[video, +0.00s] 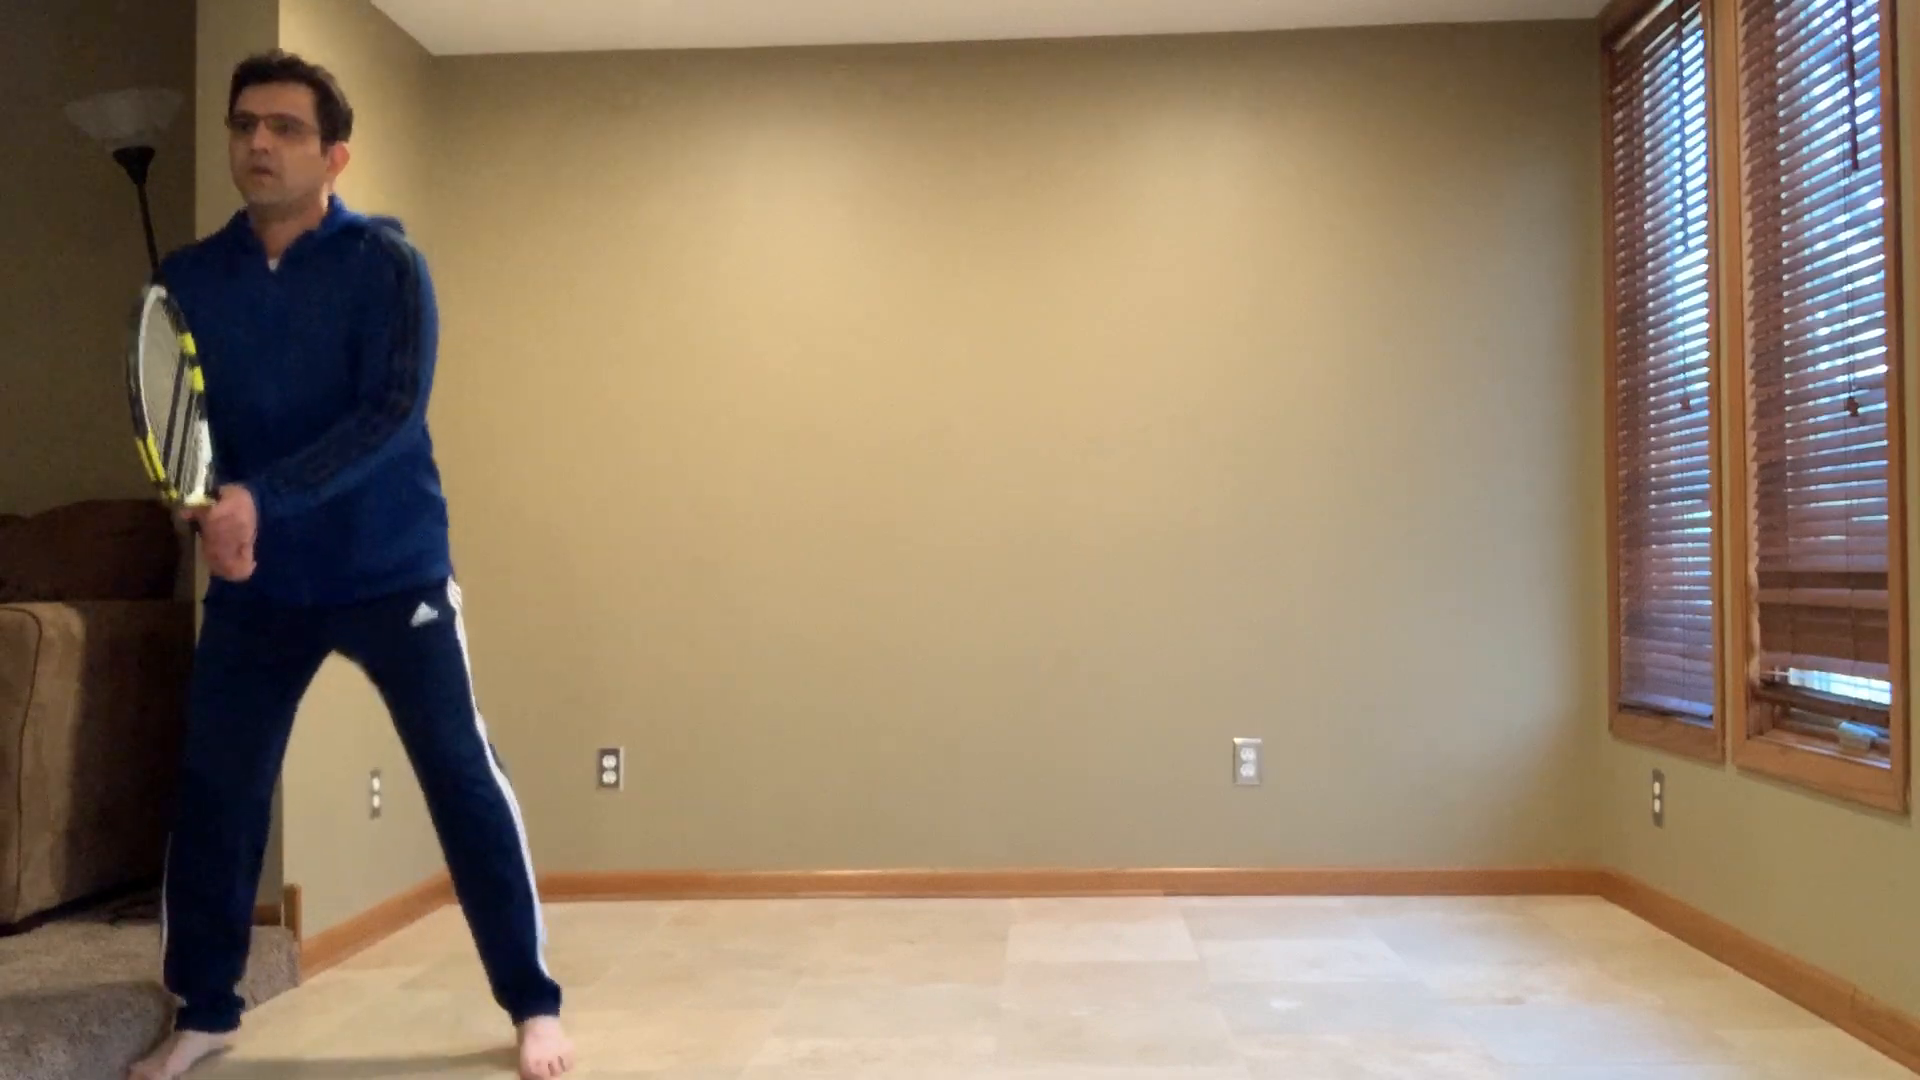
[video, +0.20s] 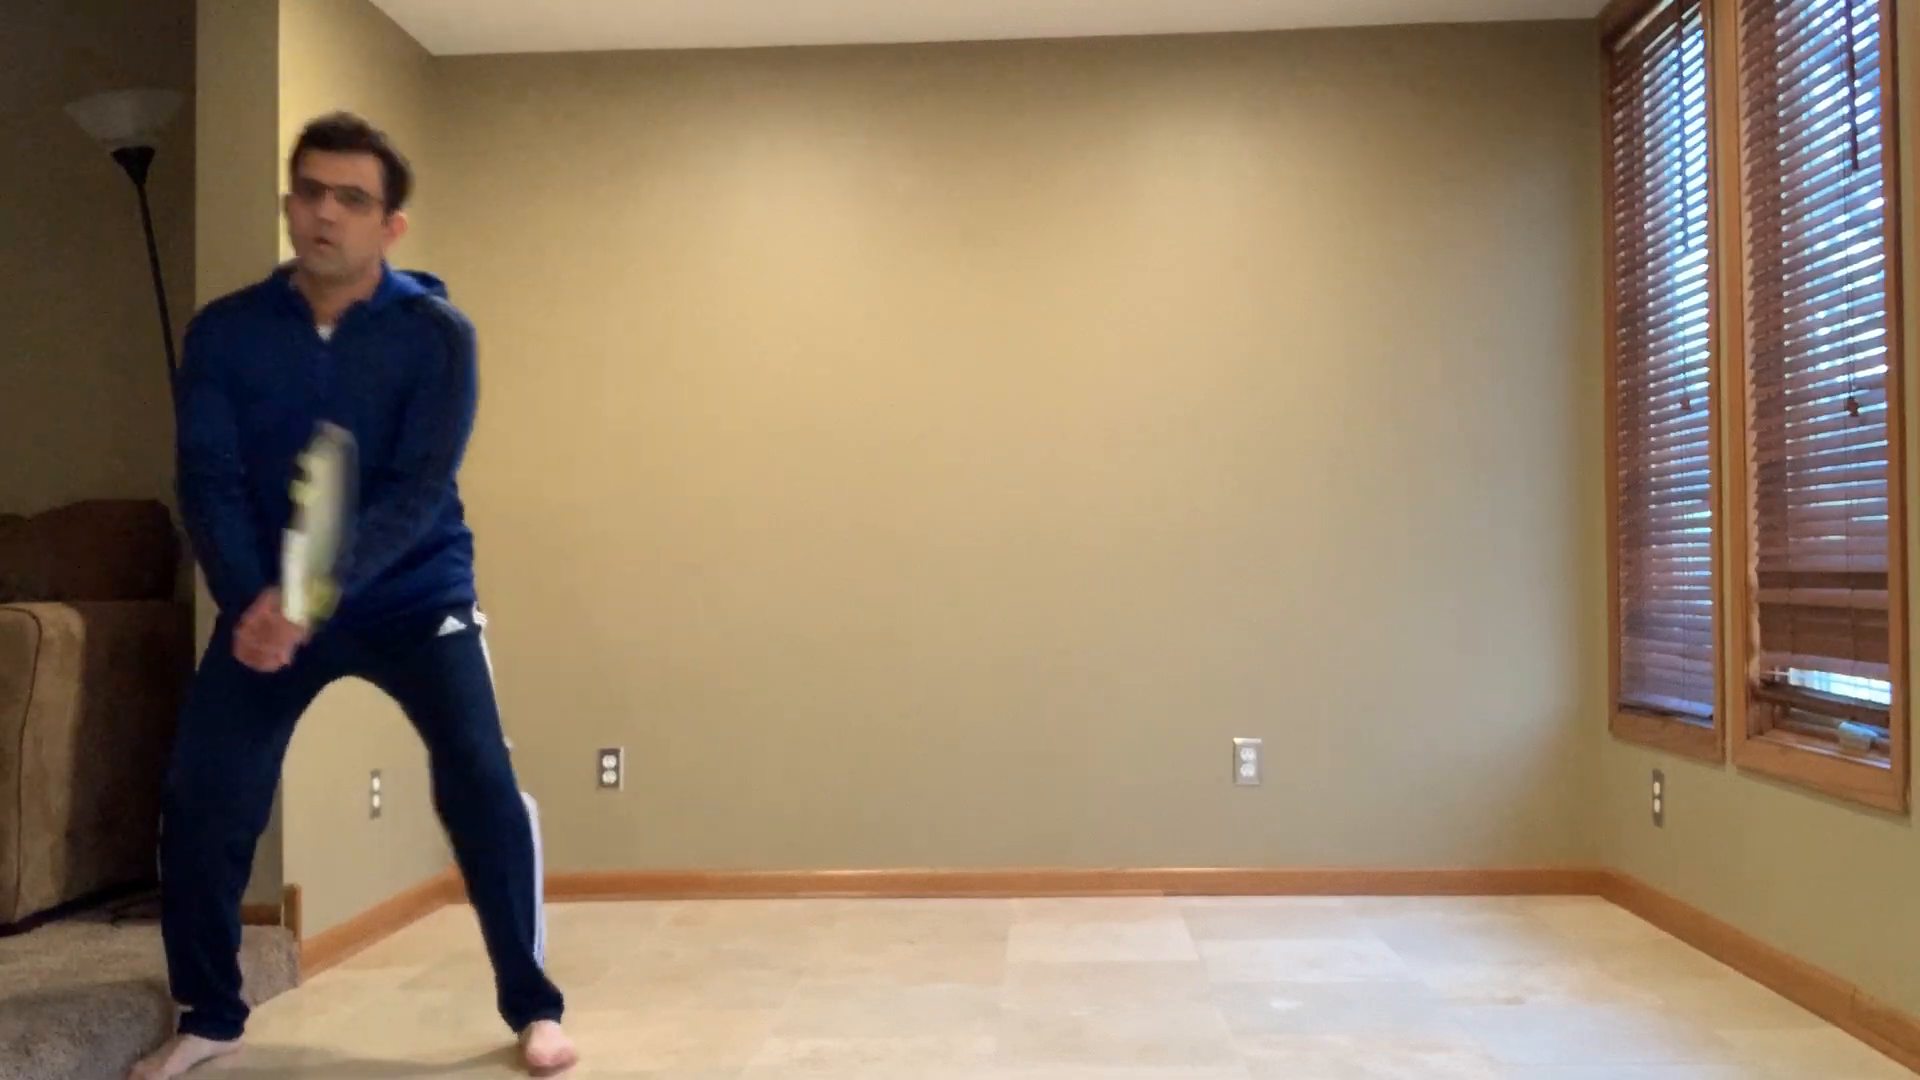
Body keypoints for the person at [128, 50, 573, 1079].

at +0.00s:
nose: (259, 145)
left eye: (285, 129)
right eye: (243, 127)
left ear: (335, 153)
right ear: (227, 146)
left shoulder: (385, 259)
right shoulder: (186, 280)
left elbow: (394, 408)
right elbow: (168, 419)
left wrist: (265, 496)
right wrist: (204, 500)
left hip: (394, 574)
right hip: (257, 586)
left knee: (464, 783)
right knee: (214, 794)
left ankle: (534, 1005)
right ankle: (205, 1015)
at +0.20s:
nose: (320, 215)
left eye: (348, 200)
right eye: (306, 192)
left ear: (393, 224)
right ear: (285, 203)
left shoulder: (435, 334)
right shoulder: (224, 331)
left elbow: (419, 489)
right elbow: (207, 480)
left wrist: (315, 599)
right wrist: (246, 599)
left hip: (411, 599)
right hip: (269, 608)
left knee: (479, 771)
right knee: (203, 796)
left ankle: (533, 1004)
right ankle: (208, 1018)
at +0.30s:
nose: (410, 240)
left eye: (436, 227)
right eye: (394, 218)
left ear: (469, 252)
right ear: (363, 228)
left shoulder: (497, 363)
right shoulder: (286, 344)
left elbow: (486, 522)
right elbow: (262, 498)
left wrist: (406, 627)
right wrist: (313, 630)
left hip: (442, 616)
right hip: (303, 612)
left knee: (526, 786)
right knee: (210, 808)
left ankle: (566, 1001)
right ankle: (209, 1022)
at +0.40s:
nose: (536, 249)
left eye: (561, 236)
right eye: (520, 226)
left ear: (585, 257)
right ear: (483, 229)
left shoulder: (593, 373)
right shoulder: (397, 334)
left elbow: (569, 523)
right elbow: (361, 500)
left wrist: (511, 615)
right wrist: (419, 636)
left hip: (501, 612)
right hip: (368, 597)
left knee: (581, 781)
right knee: (262, 808)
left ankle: (578, 1007)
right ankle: (206, 1020)